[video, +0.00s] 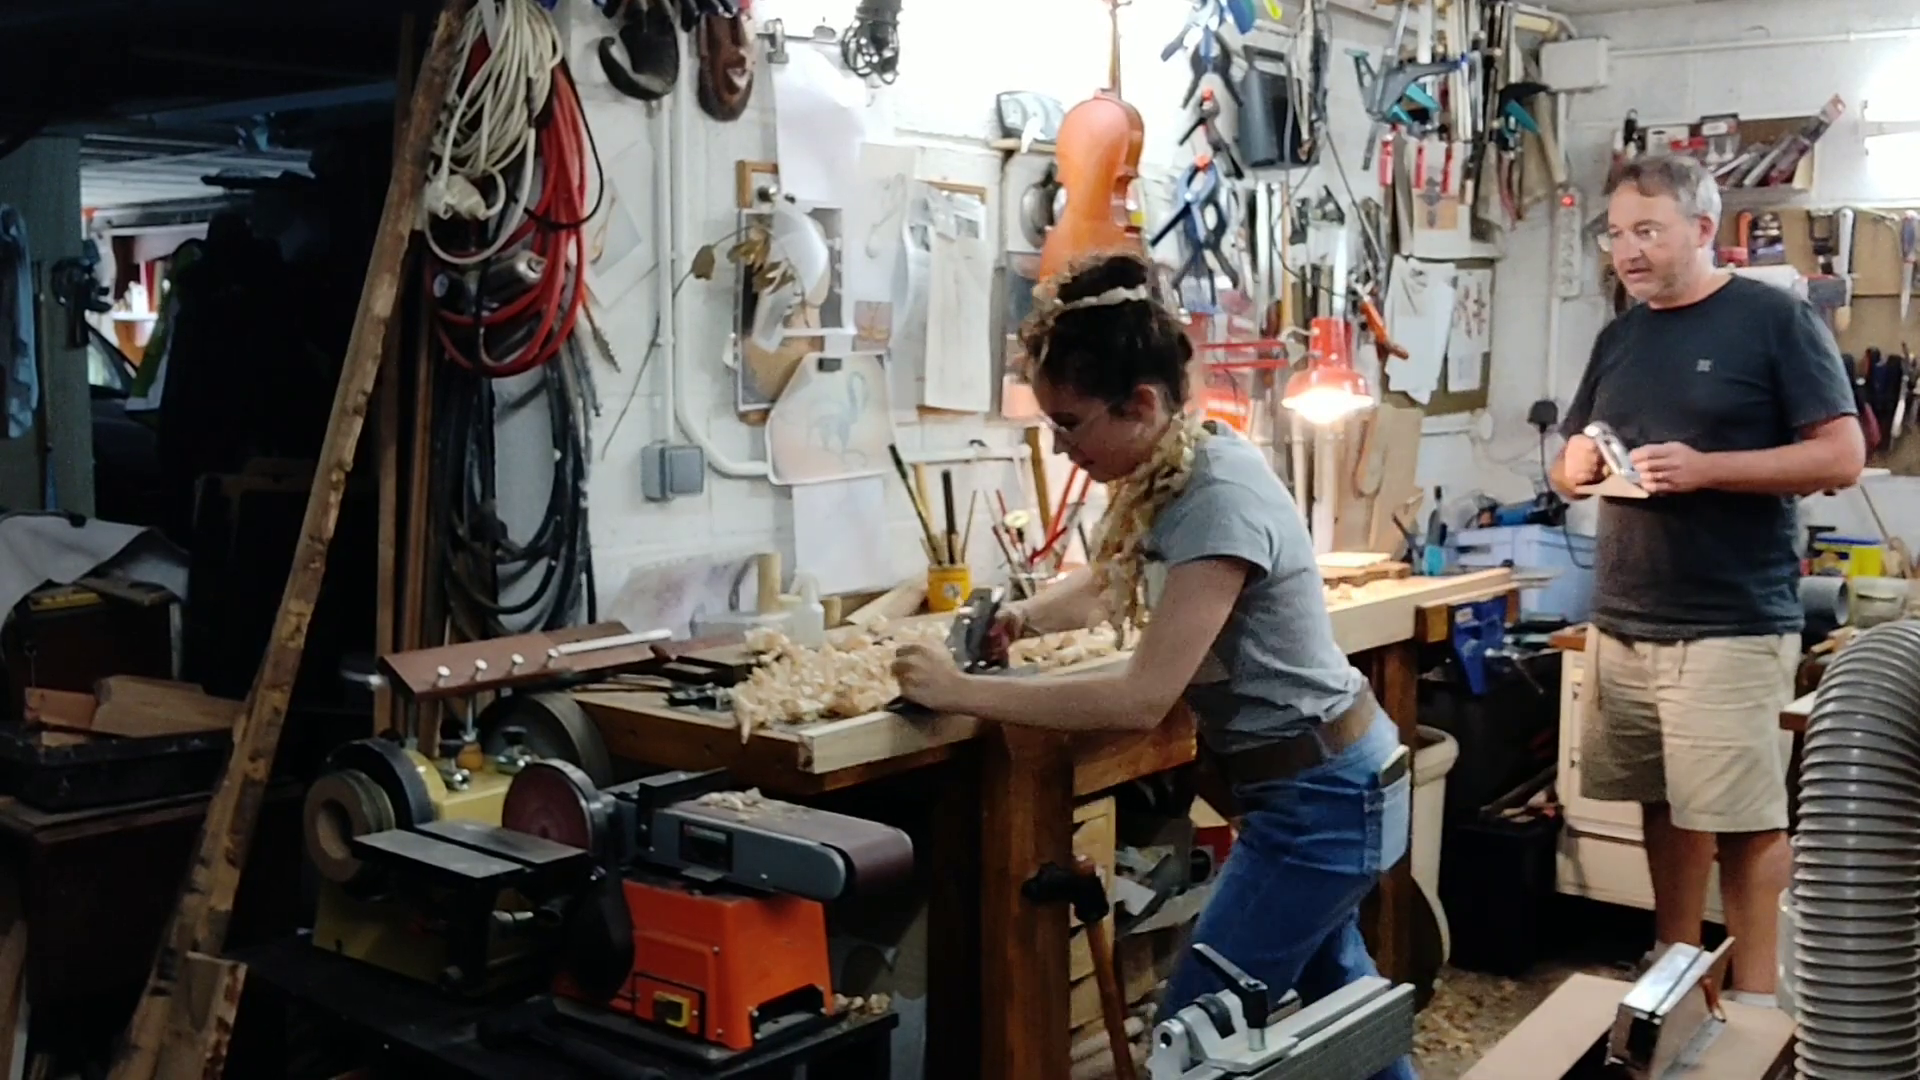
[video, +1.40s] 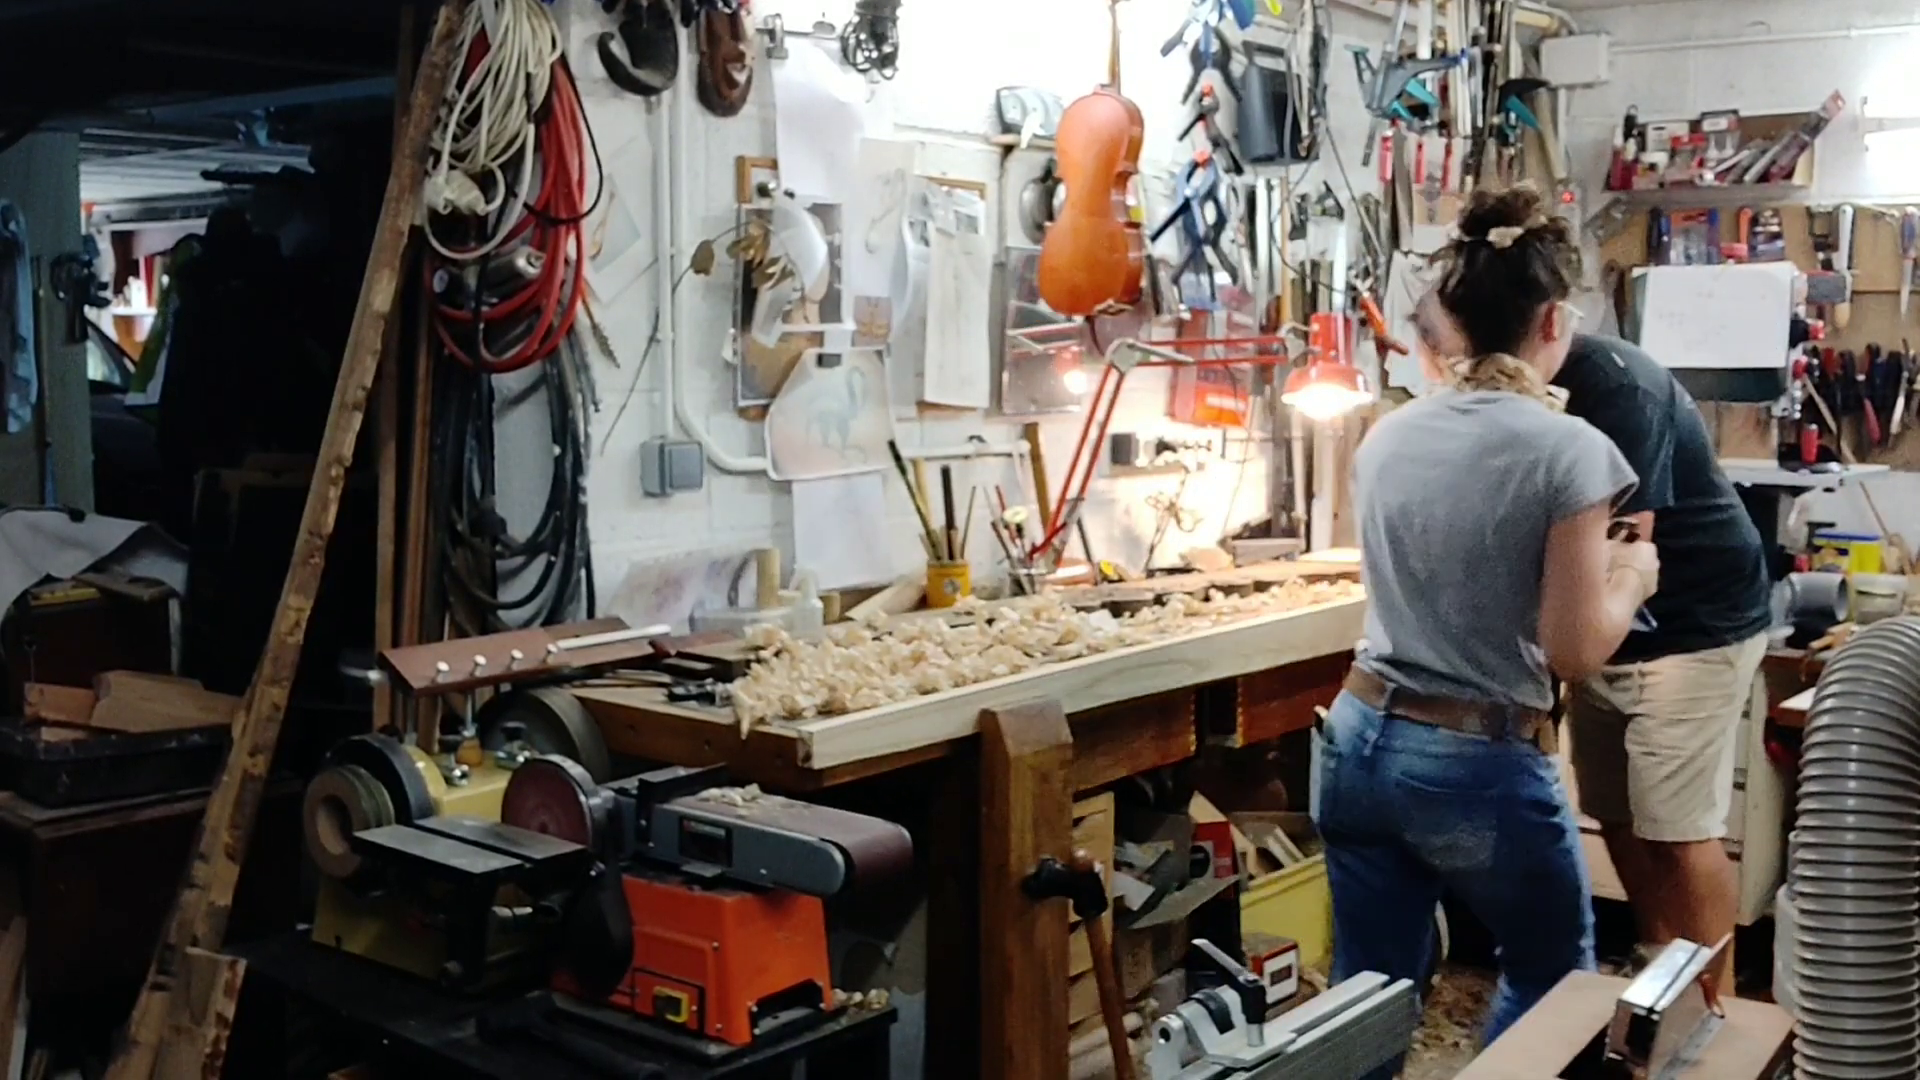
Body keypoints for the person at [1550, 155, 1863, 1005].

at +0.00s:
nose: (1628, 249)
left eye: (1647, 230)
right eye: (1616, 234)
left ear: (1702, 229)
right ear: (1608, 243)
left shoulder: (1776, 312)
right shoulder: (1619, 335)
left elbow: (1842, 455)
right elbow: (1568, 458)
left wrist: (1705, 465)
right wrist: (1577, 464)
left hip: (1735, 626)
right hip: (1630, 622)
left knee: (1744, 823)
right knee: (1667, 808)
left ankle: (1753, 1003)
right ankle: (1675, 967)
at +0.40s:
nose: (1587, 281)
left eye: (1600, 259)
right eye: (1578, 265)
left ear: (1661, 242)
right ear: (1577, 260)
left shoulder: (1736, 325)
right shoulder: (1604, 339)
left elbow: (1725, 477)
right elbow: (1583, 457)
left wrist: (1579, 509)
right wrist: (1547, 491)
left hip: (1727, 631)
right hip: (1625, 623)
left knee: (1742, 822)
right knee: (1649, 805)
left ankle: (1755, 1001)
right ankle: (1673, 968)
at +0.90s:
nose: (1497, 359)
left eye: (1504, 338)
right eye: (1488, 345)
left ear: (1561, 308)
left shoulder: (1650, 369)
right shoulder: (1545, 391)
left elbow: (1664, 529)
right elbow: (1562, 504)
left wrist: (1546, 552)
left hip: (1707, 629)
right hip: (1607, 631)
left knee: (1697, 815)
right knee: (1612, 808)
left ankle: (1756, 999)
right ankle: (1663, 967)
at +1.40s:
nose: (1478, 367)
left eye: (1502, 347)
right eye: (1468, 349)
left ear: (1551, 324)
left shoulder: (1620, 389)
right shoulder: (1500, 390)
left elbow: (1628, 555)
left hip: (1700, 623)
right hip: (1596, 628)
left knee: (1676, 830)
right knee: (1621, 825)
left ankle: (1713, 1014)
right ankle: (1666, 995)